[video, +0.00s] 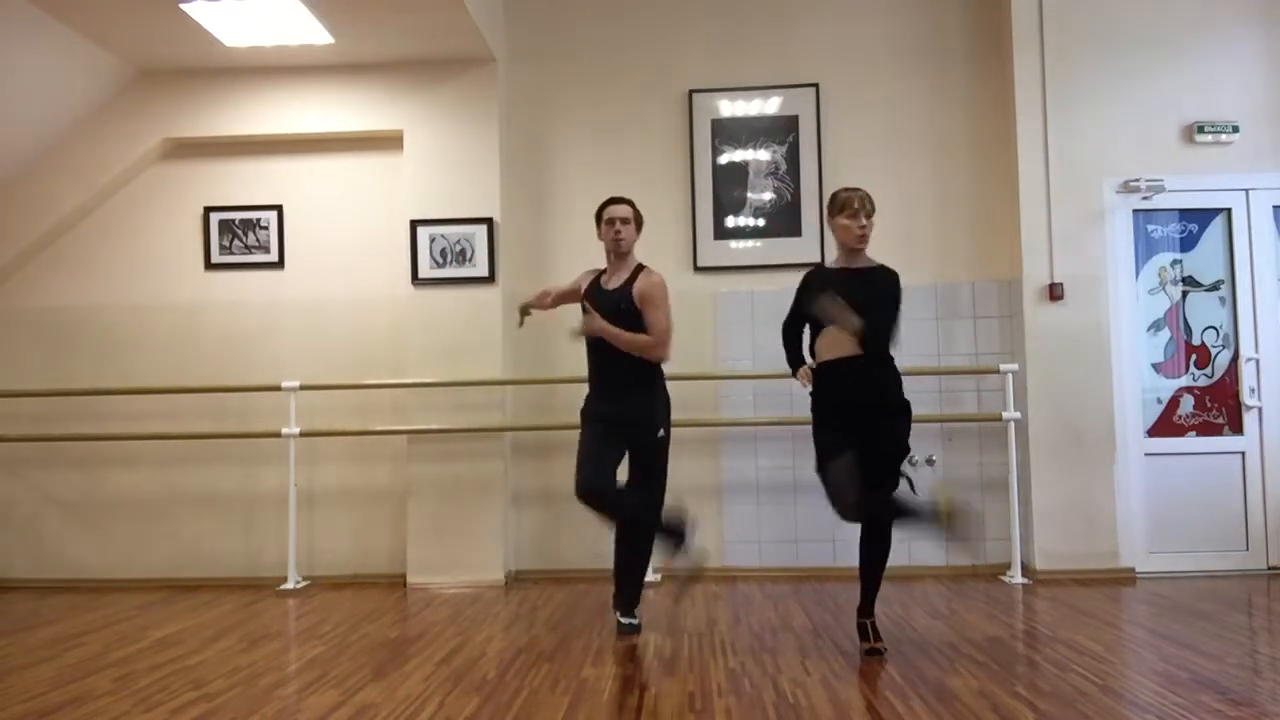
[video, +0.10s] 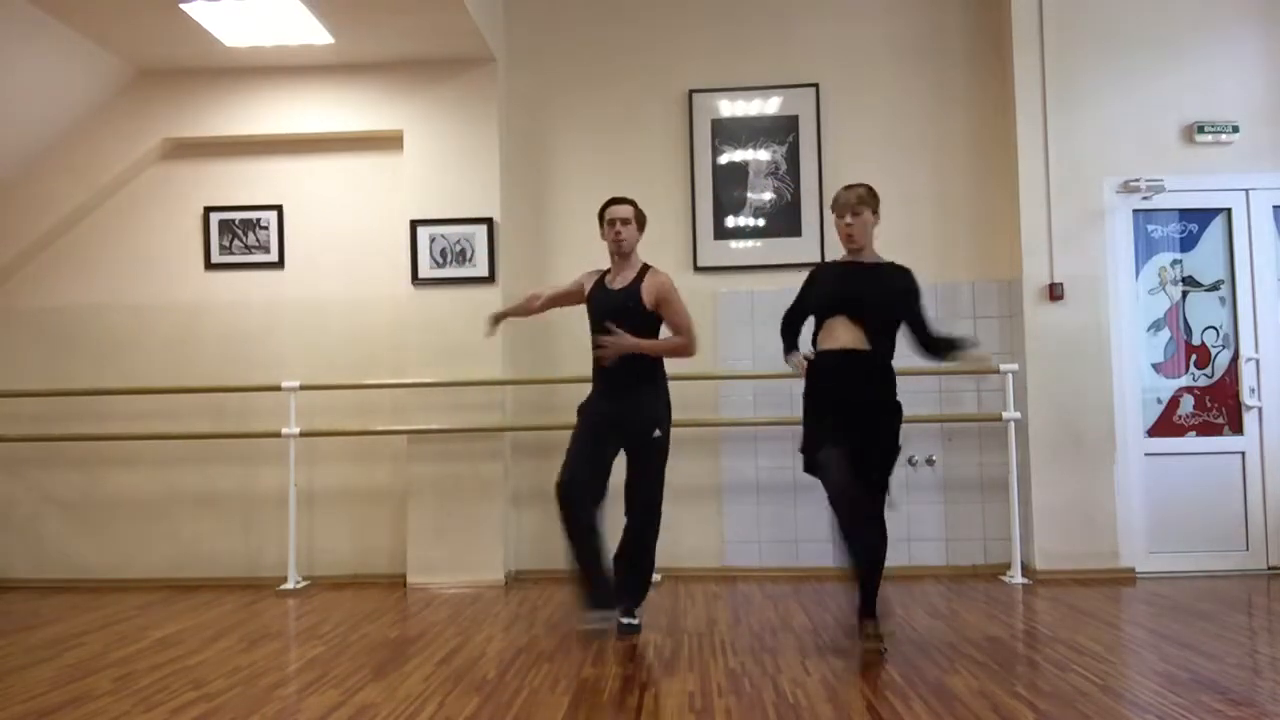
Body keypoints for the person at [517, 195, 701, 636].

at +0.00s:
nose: (618, 229)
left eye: (625, 223)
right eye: (610, 223)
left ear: (638, 231)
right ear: (599, 232)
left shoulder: (650, 283)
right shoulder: (591, 282)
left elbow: (660, 350)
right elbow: (558, 297)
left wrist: (605, 330)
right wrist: (541, 300)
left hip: (648, 410)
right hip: (602, 407)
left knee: (638, 512)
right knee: (591, 489)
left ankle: (626, 606)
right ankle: (666, 523)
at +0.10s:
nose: (618, 230)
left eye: (625, 223)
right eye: (611, 224)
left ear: (640, 231)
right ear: (602, 232)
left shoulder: (657, 283)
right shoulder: (593, 283)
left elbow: (686, 344)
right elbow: (544, 302)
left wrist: (632, 344)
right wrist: (504, 313)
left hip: (647, 410)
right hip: (602, 406)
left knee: (642, 509)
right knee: (574, 491)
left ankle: (629, 603)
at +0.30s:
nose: (601, 231)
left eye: (609, 223)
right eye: (600, 224)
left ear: (635, 228)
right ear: (605, 230)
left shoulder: (666, 270)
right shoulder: (597, 284)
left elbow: (706, 309)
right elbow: (537, 309)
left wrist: (673, 336)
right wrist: (476, 322)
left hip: (644, 398)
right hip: (599, 391)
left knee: (636, 506)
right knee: (543, 461)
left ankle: (627, 606)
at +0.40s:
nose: (600, 231)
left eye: (608, 224)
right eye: (599, 224)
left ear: (633, 227)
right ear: (611, 230)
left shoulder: (667, 268)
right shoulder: (598, 285)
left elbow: (708, 303)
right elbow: (546, 314)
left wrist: (676, 333)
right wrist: (488, 324)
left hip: (643, 400)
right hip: (599, 391)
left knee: (635, 508)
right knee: (527, 444)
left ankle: (627, 605)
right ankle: (441, 496)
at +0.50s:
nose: (600, 230)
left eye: (608, 223)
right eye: (599, 224)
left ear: (634, 227)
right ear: (609, 230)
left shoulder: (668, 268)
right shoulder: (598, 286)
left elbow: (704, 304)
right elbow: (562, 327)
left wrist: (678, 333)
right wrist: (519, 332)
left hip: (646, 400)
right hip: (599, 392)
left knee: (637, 506)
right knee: (533, 457)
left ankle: (627, 604)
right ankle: (451, 521)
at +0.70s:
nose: (609, 228)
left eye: (616, 220)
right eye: (604, 223)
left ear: (637, 226)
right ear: (600, 232)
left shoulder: (666, 272)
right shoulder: (591, 286)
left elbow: (690, 312)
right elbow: (597, 341)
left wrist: (675, 347)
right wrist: (651, 341)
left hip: (644, 402)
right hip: (598, 400)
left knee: (641, 504)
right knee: (570, 490)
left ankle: (629, 603)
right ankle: (606, 571)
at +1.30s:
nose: (608, 238)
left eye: (615, 231)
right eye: (600, 232)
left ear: (627, 238)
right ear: (589, 240)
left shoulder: (643, 283)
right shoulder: (573, 289)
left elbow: (667, 319)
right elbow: (589, 334)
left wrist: (663, 359)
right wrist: (636, 300)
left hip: (643, 406)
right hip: (601, 413)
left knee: (639, 508)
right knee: (634, 509)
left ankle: (627, 604)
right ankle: (696, 584)